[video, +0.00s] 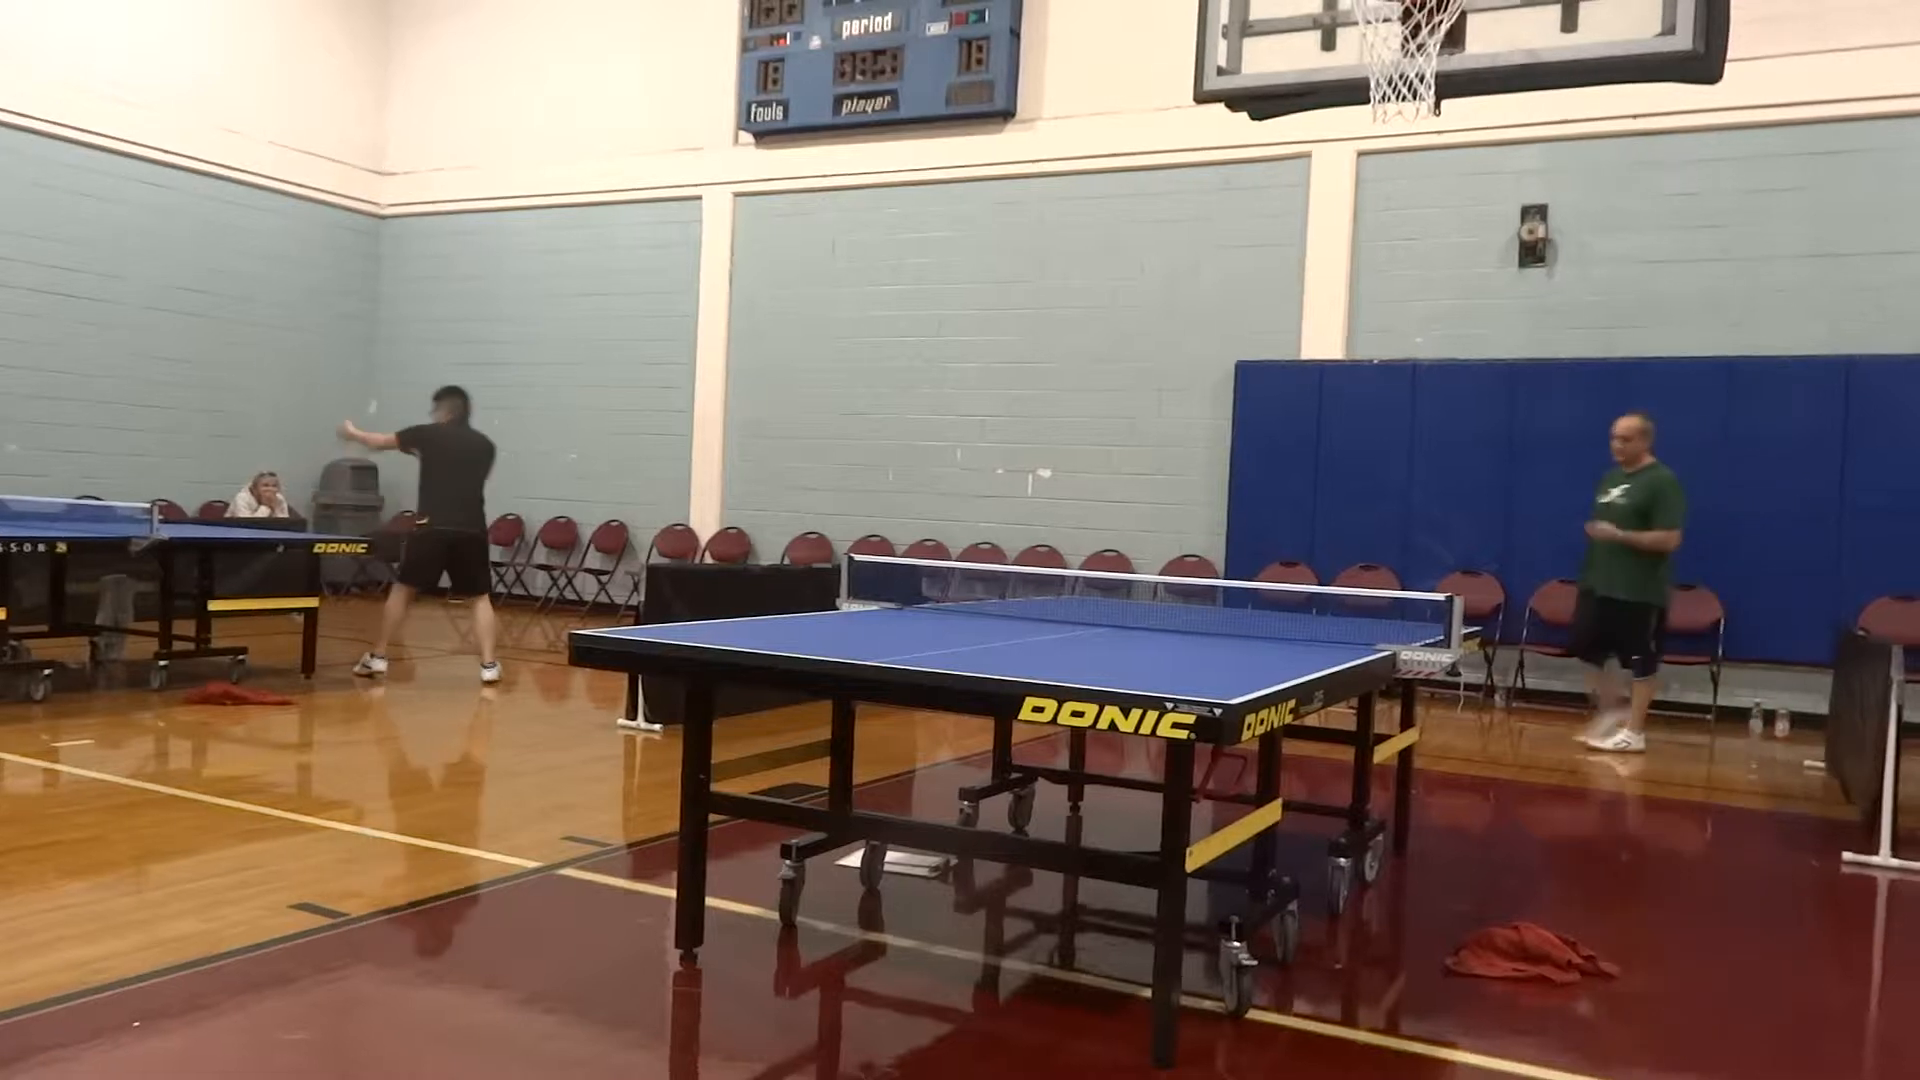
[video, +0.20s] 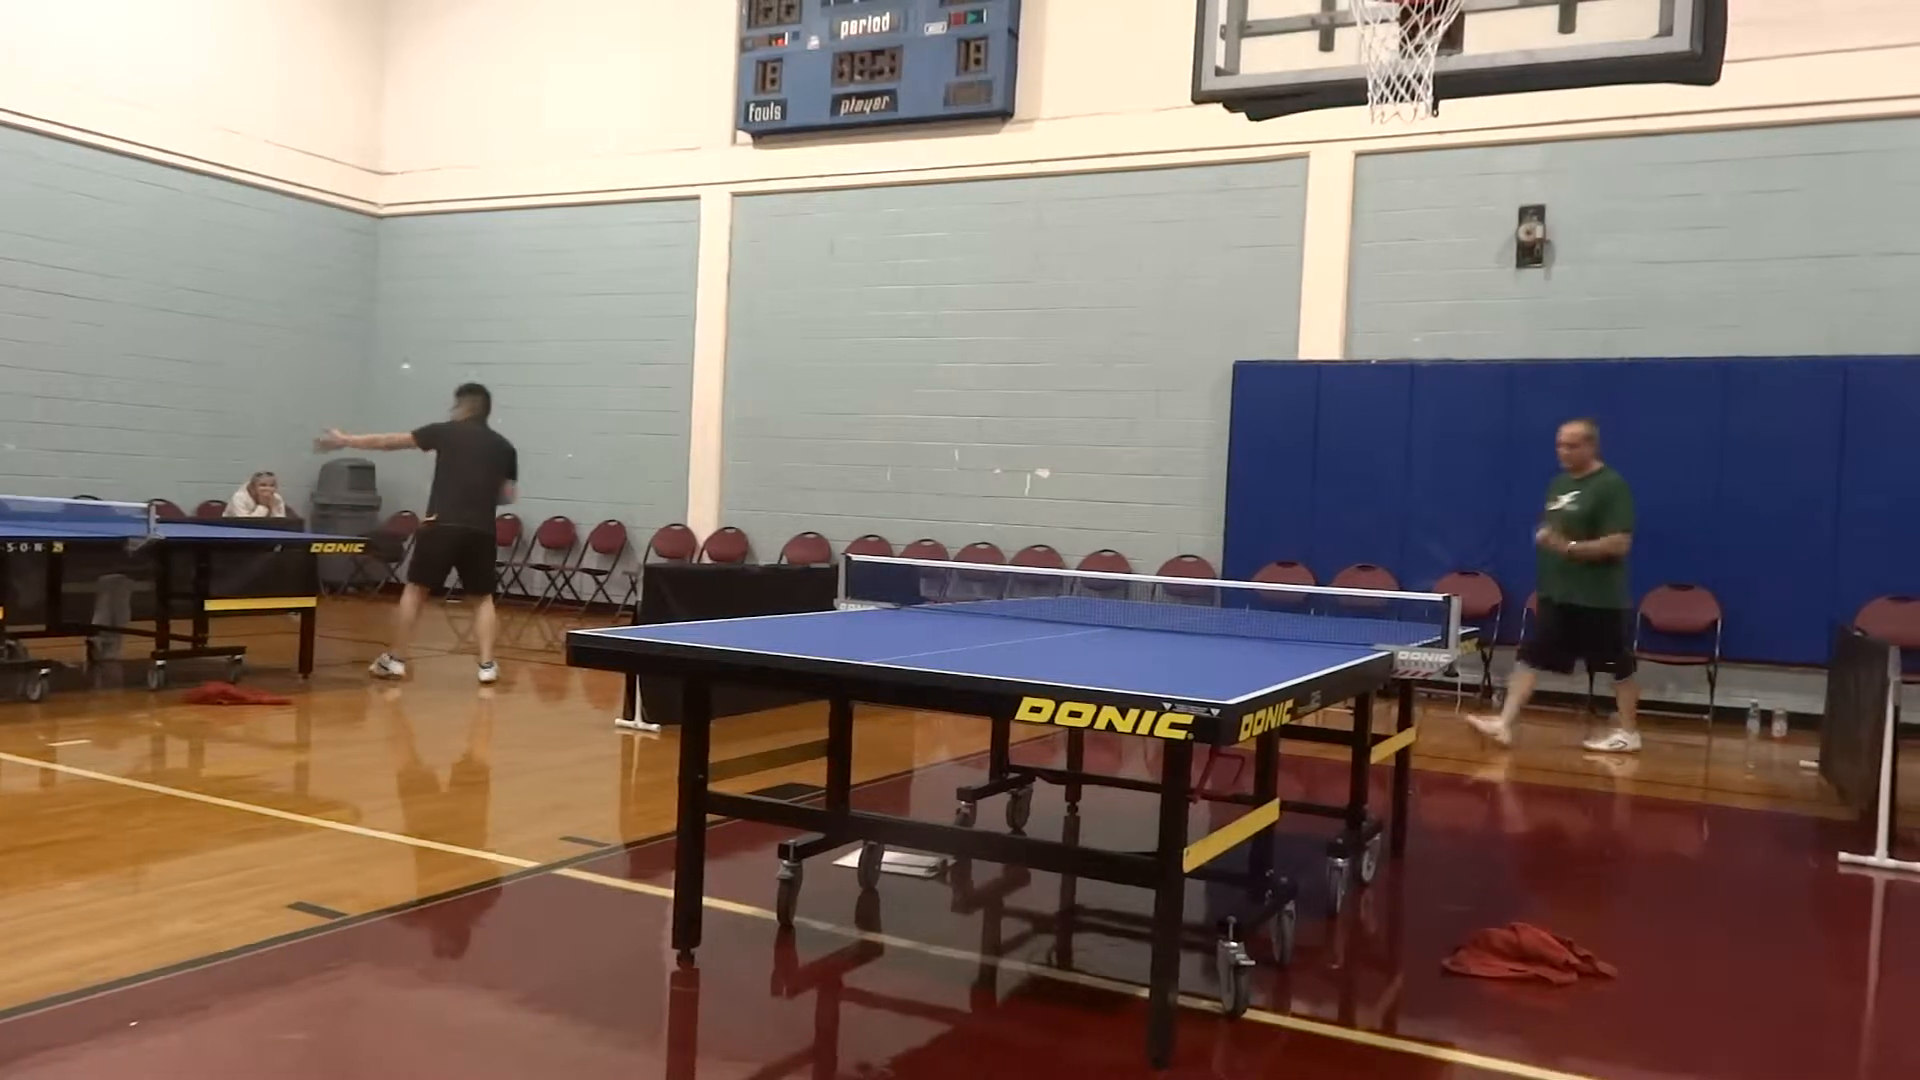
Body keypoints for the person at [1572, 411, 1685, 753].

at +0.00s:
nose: (1617, 445)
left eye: (1625, 440)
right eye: (1614, 438)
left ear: (1646, 443)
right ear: (1612, 440)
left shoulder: (1663, 482)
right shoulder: (1611, 476)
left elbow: (1671, 538)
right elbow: (1605, 525)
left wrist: (1617, 534)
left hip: (1641, 593)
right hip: (1601, 587)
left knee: (1641, 664)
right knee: (1592, 653)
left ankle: (1634, 731)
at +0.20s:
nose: (1563, 452)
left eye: (1571, 446)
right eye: (1560, 446)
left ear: (1591, 447)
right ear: (1557, 447)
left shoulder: (1612, 486)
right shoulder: (1559, 482)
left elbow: (1620, 543)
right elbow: (1553, 532)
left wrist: (1568, 547)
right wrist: (1543, 592)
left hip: (1602, 600)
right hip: (1559, 596)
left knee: (1621, 666)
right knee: (1529, 658)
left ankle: (1628, 732)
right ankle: (1504, 723)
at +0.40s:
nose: (1513, 450)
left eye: (1520, 444)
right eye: (1509, 444)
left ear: (1539, 443)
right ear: (1505, 445)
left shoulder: (1562, 478)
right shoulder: (1508, 479)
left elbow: (1578, 535)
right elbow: (1496, 533)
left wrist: (1554, 584)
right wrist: (1488, 579)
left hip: (1541, 592)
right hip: (1504, 589)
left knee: (1554, 658)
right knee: (1497, 660)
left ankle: (1593, 707)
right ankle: (1492, 729)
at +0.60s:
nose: (1476, 445)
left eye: (1483, 438)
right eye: (1472, 438)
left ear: (1502, 437)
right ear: (1467, 439)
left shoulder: (1529, 472)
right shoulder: (1465, 473)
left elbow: (1557, 525)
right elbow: (1449, 519)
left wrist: (1561, 579)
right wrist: (1432, 546)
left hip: (1508, 579)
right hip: (1472, 578)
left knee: (1493, 651)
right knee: (1480, 653)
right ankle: (1489, 726)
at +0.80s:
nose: (1448, 448)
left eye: (1455, 442)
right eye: (1444, 441)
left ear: (1475, 441)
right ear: (1439, 440)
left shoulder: (1499, 480)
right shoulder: (1430, 478)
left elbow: (1527, 532)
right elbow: (1411, 520)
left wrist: (1530, 587)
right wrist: (1393, 543)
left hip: (1478, 591)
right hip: (1437, 589)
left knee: (1448, 665)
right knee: (1470, 663)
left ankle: (1417, 731)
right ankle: (1487, 724)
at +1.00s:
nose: (1425, 443)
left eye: (1433, 437)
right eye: (1421, 435)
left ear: (1452, 435)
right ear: (1415, 432)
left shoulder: (1475, 476)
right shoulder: (1404, 467)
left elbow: (1492, 537)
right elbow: (1383, 514)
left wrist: (1479, 587)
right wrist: (1360, 549)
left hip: (1444, 592)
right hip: (1399, 587)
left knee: (1432, 666)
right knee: (1401, 660)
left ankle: (1412, 735)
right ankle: (1447, 698)